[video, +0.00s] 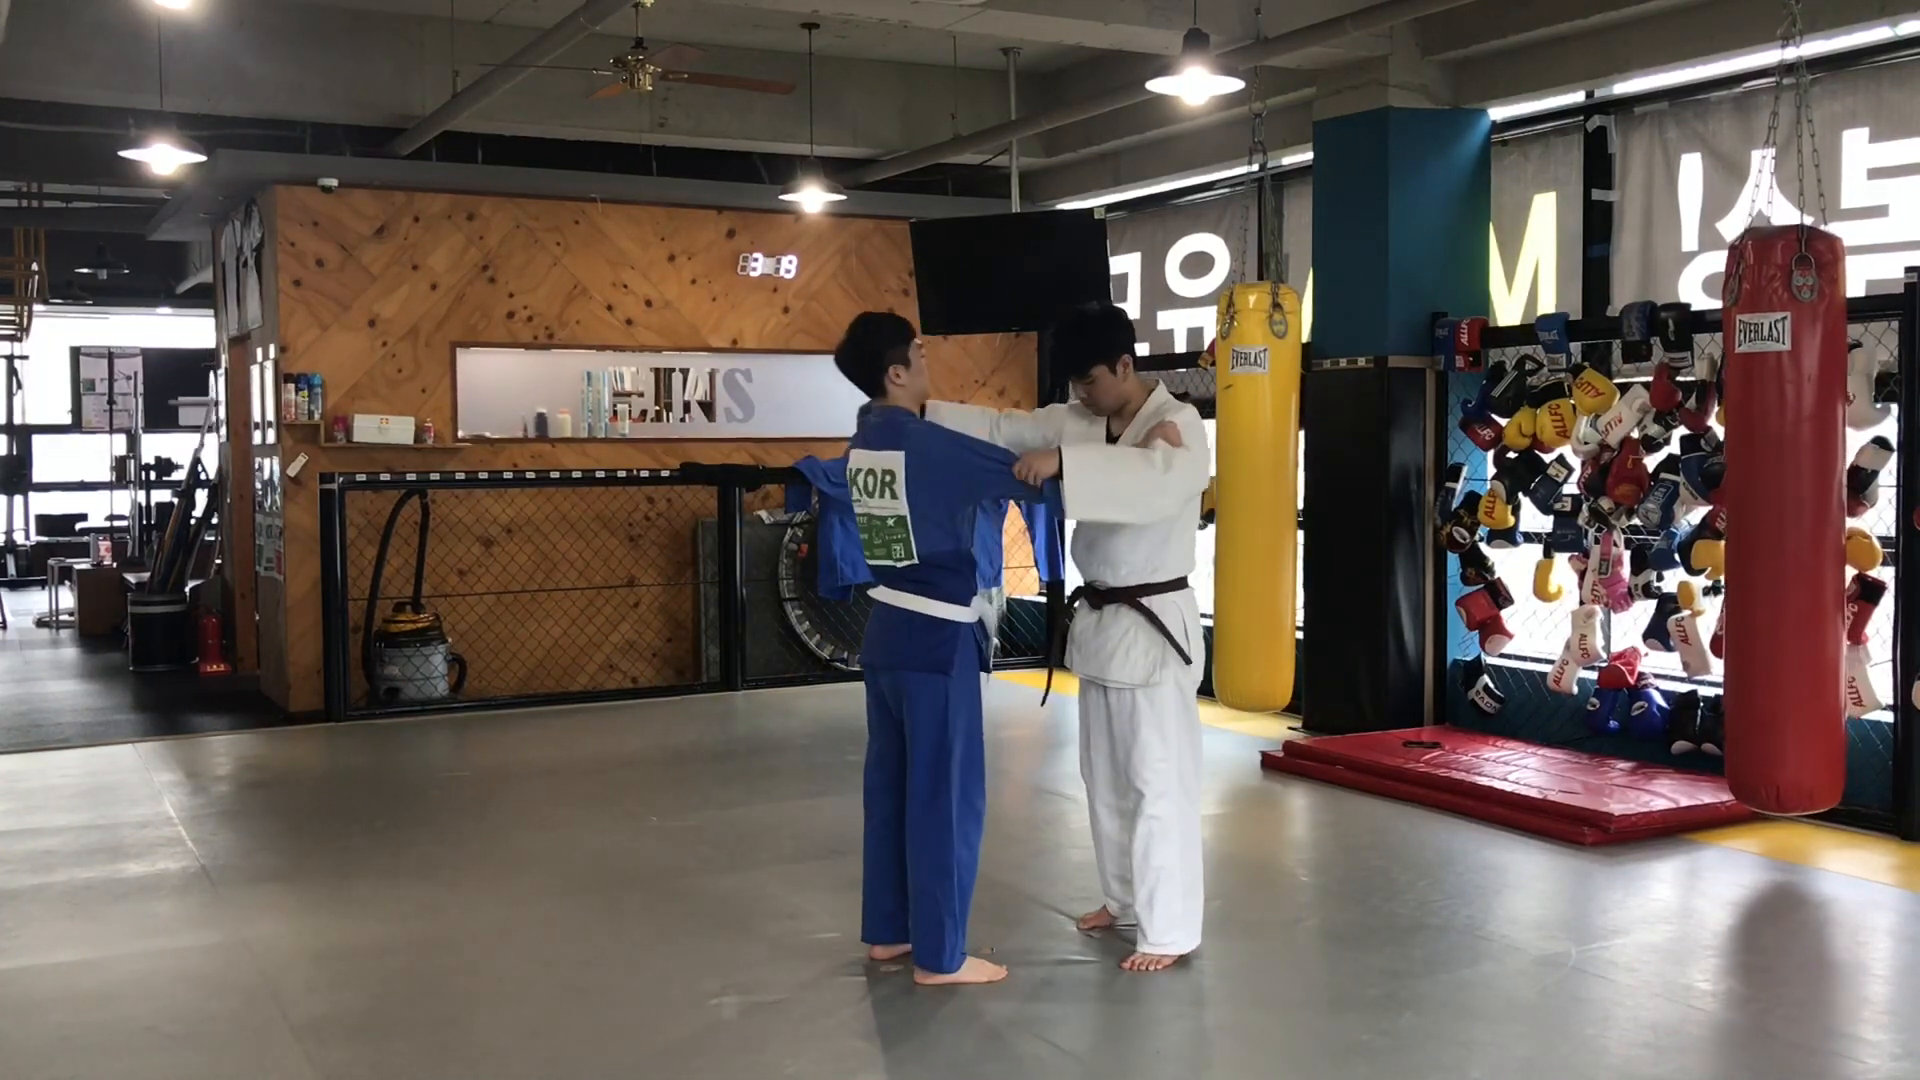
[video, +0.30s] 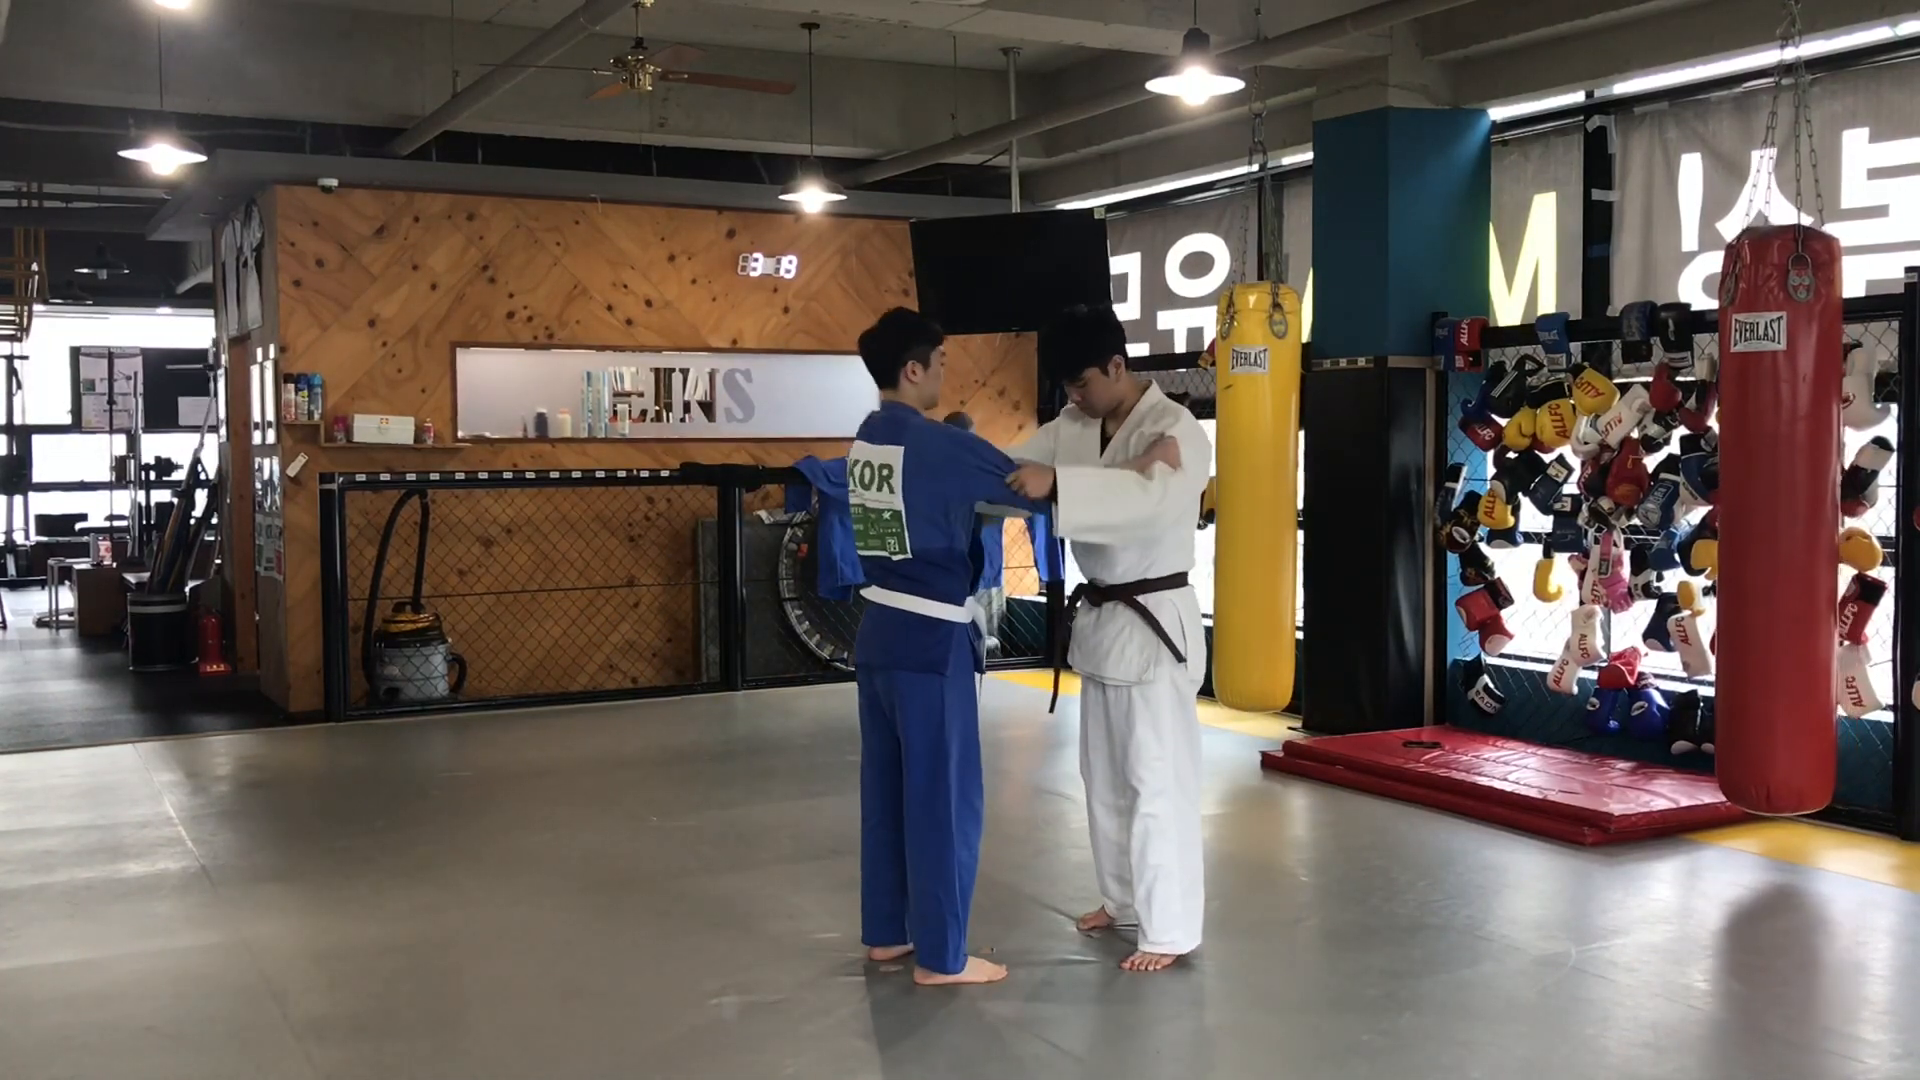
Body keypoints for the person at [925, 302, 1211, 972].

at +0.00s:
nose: (1078, 394)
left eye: (1085, 380)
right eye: (1073, 383)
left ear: (1123, 365)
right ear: (1089, 375)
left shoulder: (1178, 422)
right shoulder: (1081, 422)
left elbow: (1166, 484)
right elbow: (1001, 425)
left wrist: (1064, 468)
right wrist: (917, 410)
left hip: (1154, 622)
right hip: (1098, 619)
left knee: (1158, 783)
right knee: (1108, 776)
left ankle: (1172, 931)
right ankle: (1126, 901)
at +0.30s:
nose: (1071, 397)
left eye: (1078, 383)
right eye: (1066, 386)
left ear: (1115, 366)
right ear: (1091, 375)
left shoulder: (1177, 429)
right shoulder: (1073, 428)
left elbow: (1154, 499)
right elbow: (1009, 464)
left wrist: (1059, 483)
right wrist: (960, 450)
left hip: (1156, 620)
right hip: (1098, 618)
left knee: (1158, 782)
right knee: (1107, 777)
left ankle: (1172, 932)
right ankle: (1123, 901)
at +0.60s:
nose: (1092, 398)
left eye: (1099, 383)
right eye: (1087, 386)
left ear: (1137, 368)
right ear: (1111, 376)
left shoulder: (1190, 436)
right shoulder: (1097, 428)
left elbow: (1141, 495)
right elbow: (1028, 455)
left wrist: (1044, 491)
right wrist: (948, 456)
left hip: (1167, 625)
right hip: (1113, 619)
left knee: (1164, 785)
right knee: (1114, 775)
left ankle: (1174, 934)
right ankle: (1127, 902)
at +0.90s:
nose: (1097, 391)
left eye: (1105, 376)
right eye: (1092, 378)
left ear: (1145, 367)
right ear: (1113, 374)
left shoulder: (1197, 438)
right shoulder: (1098, 429)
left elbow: (1156, 499)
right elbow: (1034, 459)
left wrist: (1065, 492)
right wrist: (963, 457)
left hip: (1178, 622)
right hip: (1124, 617)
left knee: (1170, 783)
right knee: (1123, 779)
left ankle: (1177, 934)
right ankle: (1143, 910)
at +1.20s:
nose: (1081, 416)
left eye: (1088, 402)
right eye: (1076, 405)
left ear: (1125, 383)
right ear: (1090, 396)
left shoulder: (1187, 437)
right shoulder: (1089, 440)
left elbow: (1156, 507)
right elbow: (1021, 474)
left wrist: (1067, 507)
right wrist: (958, 471)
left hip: (1205, 621)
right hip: (1143, 620)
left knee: (1202, 778)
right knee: (1141, 773)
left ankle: (1205, 926)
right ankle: (1156, 908)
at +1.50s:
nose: (1085, 405)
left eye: (1093, 391)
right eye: (1080, 394)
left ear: (1132, 376)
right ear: (1090, 390)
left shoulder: (1191, 438)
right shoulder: (1085, 439)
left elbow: (1152, 517)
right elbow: (1018, 481)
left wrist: (1063, 511)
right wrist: (955, 475)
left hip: (1205, 621)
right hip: (1143, 620)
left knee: (1212, 779)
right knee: (1147, 775)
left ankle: (1215, 921)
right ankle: (1163, 908)